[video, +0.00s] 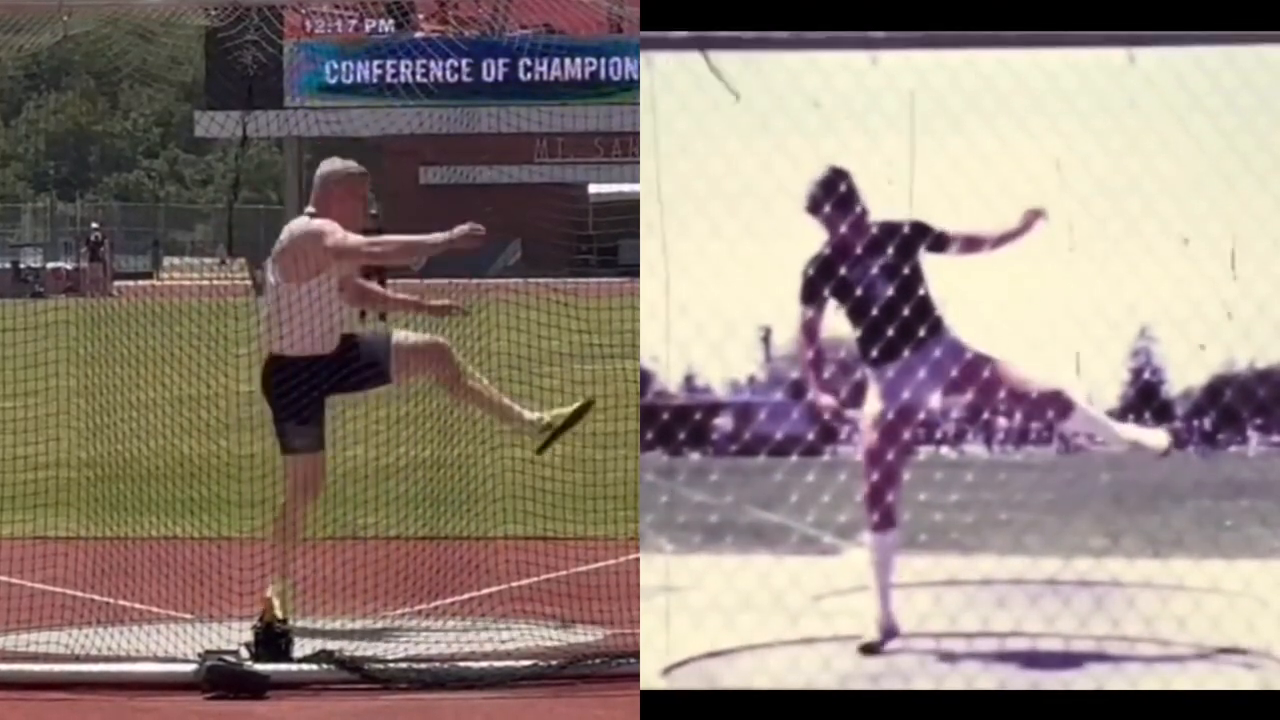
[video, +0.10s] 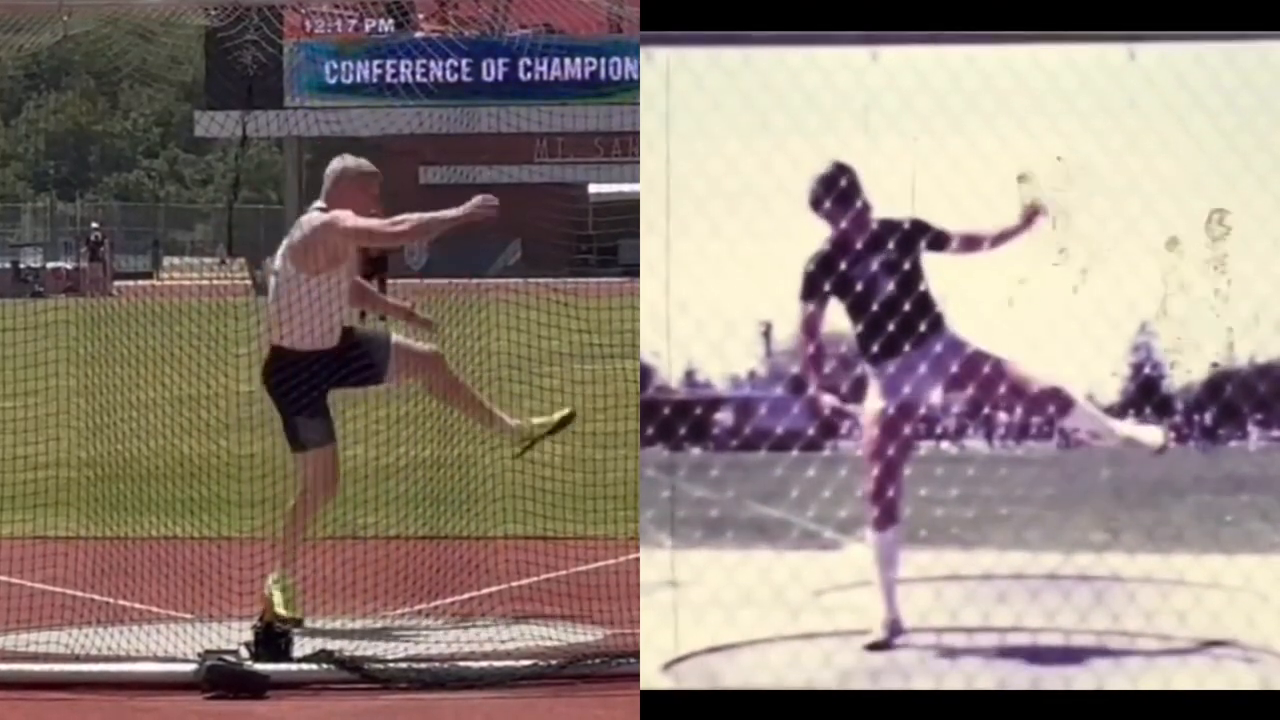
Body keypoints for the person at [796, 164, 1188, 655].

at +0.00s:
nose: (839, 228)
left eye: (843, 215)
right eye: (829, 221)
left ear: (858, 206)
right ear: (821, 222)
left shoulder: (900, 236)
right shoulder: (821, 271)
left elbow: (965, 244)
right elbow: (808, 337)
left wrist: (1016, 232)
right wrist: (816, 390)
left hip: (944, 358)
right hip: (890, 383)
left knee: (1048, 398)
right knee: (878, 489)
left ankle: (1129, 437)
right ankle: (884, 619)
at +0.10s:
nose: (847, 221)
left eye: (849, 207)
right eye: (835, 215)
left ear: (862, 199)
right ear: (824, 218)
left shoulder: (901, 234)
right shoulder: (823, 267)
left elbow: (967, 243)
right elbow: (809, 335)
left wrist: (1021, 226)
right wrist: (816, 389)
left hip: (944, 354)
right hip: (889, 379)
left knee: (1044, 399)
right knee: (881, 492)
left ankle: (1124, 434)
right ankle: (890, 616)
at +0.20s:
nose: (854, 221)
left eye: (857, 209)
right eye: (843, 215)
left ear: (868, 204)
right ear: (832, 218)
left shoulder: (902, 241)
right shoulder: (827, 273)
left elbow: (964, 255)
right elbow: (812, 341)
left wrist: (1016, 231)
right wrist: (820, 399)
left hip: (941, 360)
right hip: (887, 385)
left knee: (1033, 401)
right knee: (886, 496)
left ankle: (1099, 438)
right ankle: (891, 618)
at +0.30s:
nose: (865, 216)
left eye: (868, 205)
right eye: (854, 210)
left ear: (880, 204)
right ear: (839, 219)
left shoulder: (904, 246)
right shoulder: (833, 277)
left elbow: (957, 265)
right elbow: (820, 346)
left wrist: (1008, 242)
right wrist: (824, 396)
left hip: (938, 366)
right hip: (887, 390)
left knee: (1021, 403)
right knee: (887, 497)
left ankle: (1073, 452)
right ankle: (891, 618)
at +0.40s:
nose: (891, 226)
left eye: (892, 216)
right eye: (880, 220)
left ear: (895, 215)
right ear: (860, 228)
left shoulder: (909, 254)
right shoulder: (849, 282)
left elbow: (947, 278)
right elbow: (836, 355)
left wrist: (999, 256)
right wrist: (846, 420)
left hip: (938, 376)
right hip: (892, 398)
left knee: (1015, 416)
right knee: (890, 504)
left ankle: (1030, 469)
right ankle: (895, 625)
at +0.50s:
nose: (902, 223)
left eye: (901, 214)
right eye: (892, 217)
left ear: (900, 216)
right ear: (872, 227)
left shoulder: (910, 255)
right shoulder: (854, 285)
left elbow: (940, 282)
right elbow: (846, 357)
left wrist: (995, 260)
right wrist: (858, 418)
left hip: (935, 380)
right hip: (887, 400)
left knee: (1009, 421)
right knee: (893, 507)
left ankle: (1011, 475)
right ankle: (896, 626)